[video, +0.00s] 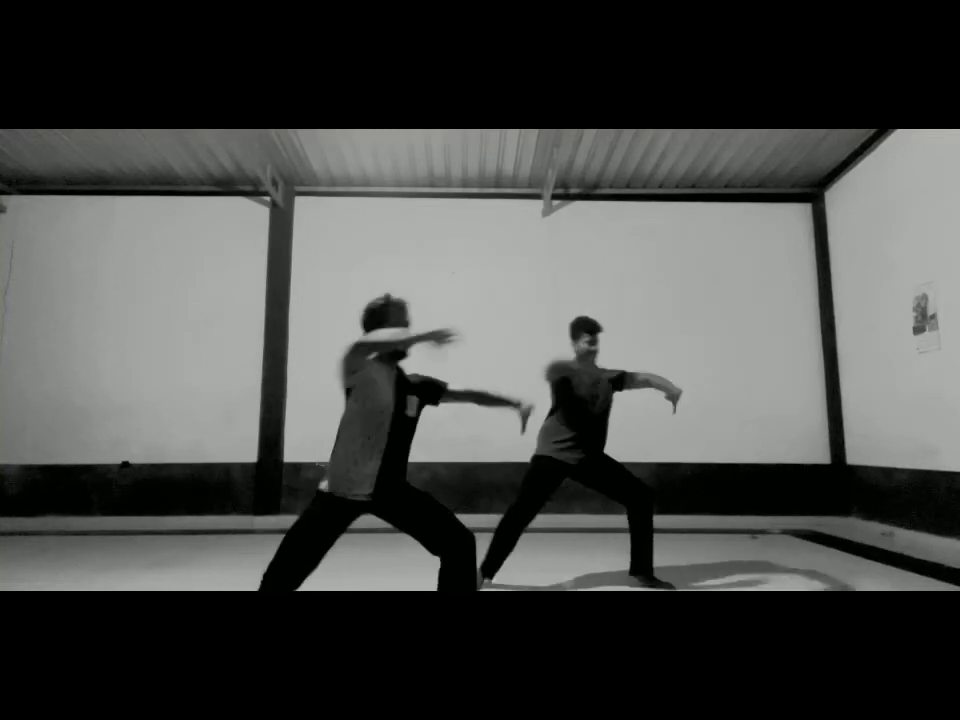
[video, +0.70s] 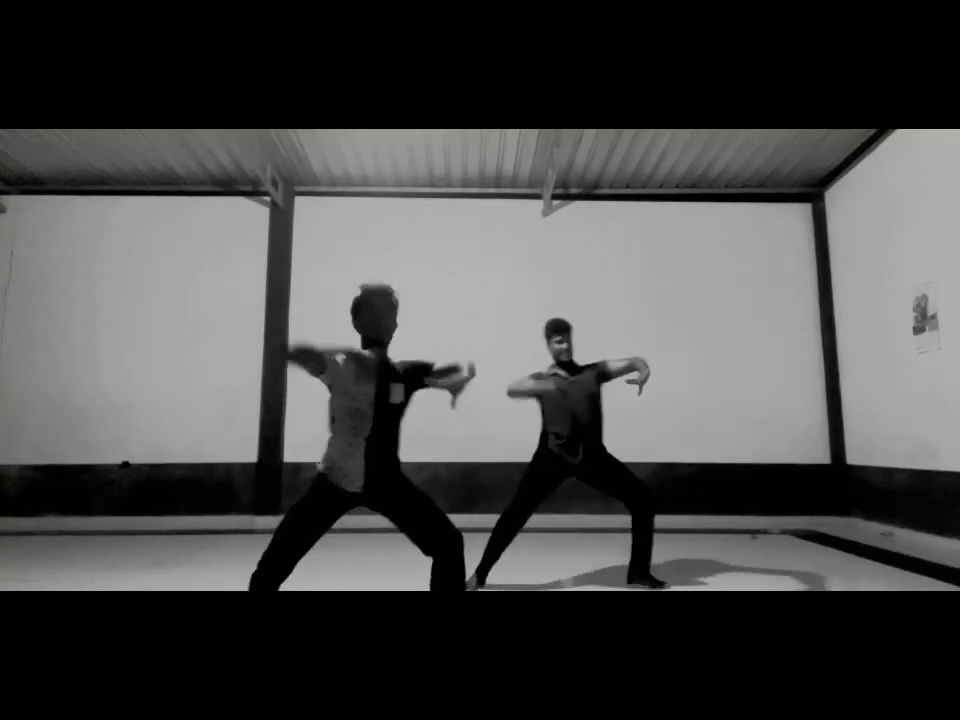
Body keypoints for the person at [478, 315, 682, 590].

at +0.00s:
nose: (592, 342)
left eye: (595, 337)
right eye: (585, 338)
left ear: (599, 341)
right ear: (574, 342)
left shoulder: (607, 378)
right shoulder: (564, 370)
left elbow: (646, 378)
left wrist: (672, 390)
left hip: (589, 457)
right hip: (553, 455)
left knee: (640, 497)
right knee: (522, 511)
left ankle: (642, 572)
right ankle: (485, 574)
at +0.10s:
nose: (614, 347)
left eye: (614, 343)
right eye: (609, 343)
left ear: (612, 348)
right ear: (592, 346)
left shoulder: (611, 385)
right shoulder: (577, 368)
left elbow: (644, 389)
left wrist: (661, 396)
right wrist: (635, 356)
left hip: (583, 456)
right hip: (551, 451)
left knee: (632, 496)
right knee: (520, 507)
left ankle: (642, 572)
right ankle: (480, 566)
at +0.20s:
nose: (620, 366)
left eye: (623, 362)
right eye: (616, 360)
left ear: (618, 361)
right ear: (600, 355)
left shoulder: (602, 387)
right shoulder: (585, 373)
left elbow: (623, 398)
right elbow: (623, 376)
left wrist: (642, 405)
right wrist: (663, 370)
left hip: (572, 453)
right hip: (547, 451)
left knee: (624, 495)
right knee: (518, 510)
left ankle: (641, 571)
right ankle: (481, 574)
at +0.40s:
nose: (593, 361)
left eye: (595, 357)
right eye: (592, 355)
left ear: (577, 349)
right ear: (583, 351)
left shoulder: (579, 376)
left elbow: (613, 387)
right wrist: (642, 424)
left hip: (569, 454)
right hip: (540, 454)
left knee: (623, 493)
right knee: (510, 513)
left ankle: (637, 571)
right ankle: (478, 579)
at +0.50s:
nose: (571, 350)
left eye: (574, 344)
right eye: (566, 344)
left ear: (576, 346)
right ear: (552, 343)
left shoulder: (575, 375)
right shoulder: (540, 380)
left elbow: (610, 374)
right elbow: (555, 416)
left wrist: (622, 382)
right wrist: (599, 433)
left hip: (574, 455)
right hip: (540, 457)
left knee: (632, 489)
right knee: (509, 511)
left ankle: (639, 567)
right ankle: (479, 574)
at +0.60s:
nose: (560, 346)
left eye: (562, 341)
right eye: (553, 341)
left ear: (566, 343)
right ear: (540, 345)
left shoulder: (580, 374)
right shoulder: (532, 380)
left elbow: (620, 367)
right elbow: (528, 408)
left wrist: (636, 374)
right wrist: (567, 416)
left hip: (585, 455)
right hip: (547, 458)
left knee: (638, 497)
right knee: (509, 513)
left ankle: (636, 567)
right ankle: (478, 575)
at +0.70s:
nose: (563, 346)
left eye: (566, 341)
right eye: (557, 342)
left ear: (572, 342)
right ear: (548, 346)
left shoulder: (595, 372)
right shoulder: (542, 379)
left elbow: (635, 362)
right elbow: (512, 390)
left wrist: (643, 371)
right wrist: (544, 385)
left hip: (592, 457)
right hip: (551, 459)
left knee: (642, 500)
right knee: (516, 513)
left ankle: (639, 573)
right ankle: (480, 574)